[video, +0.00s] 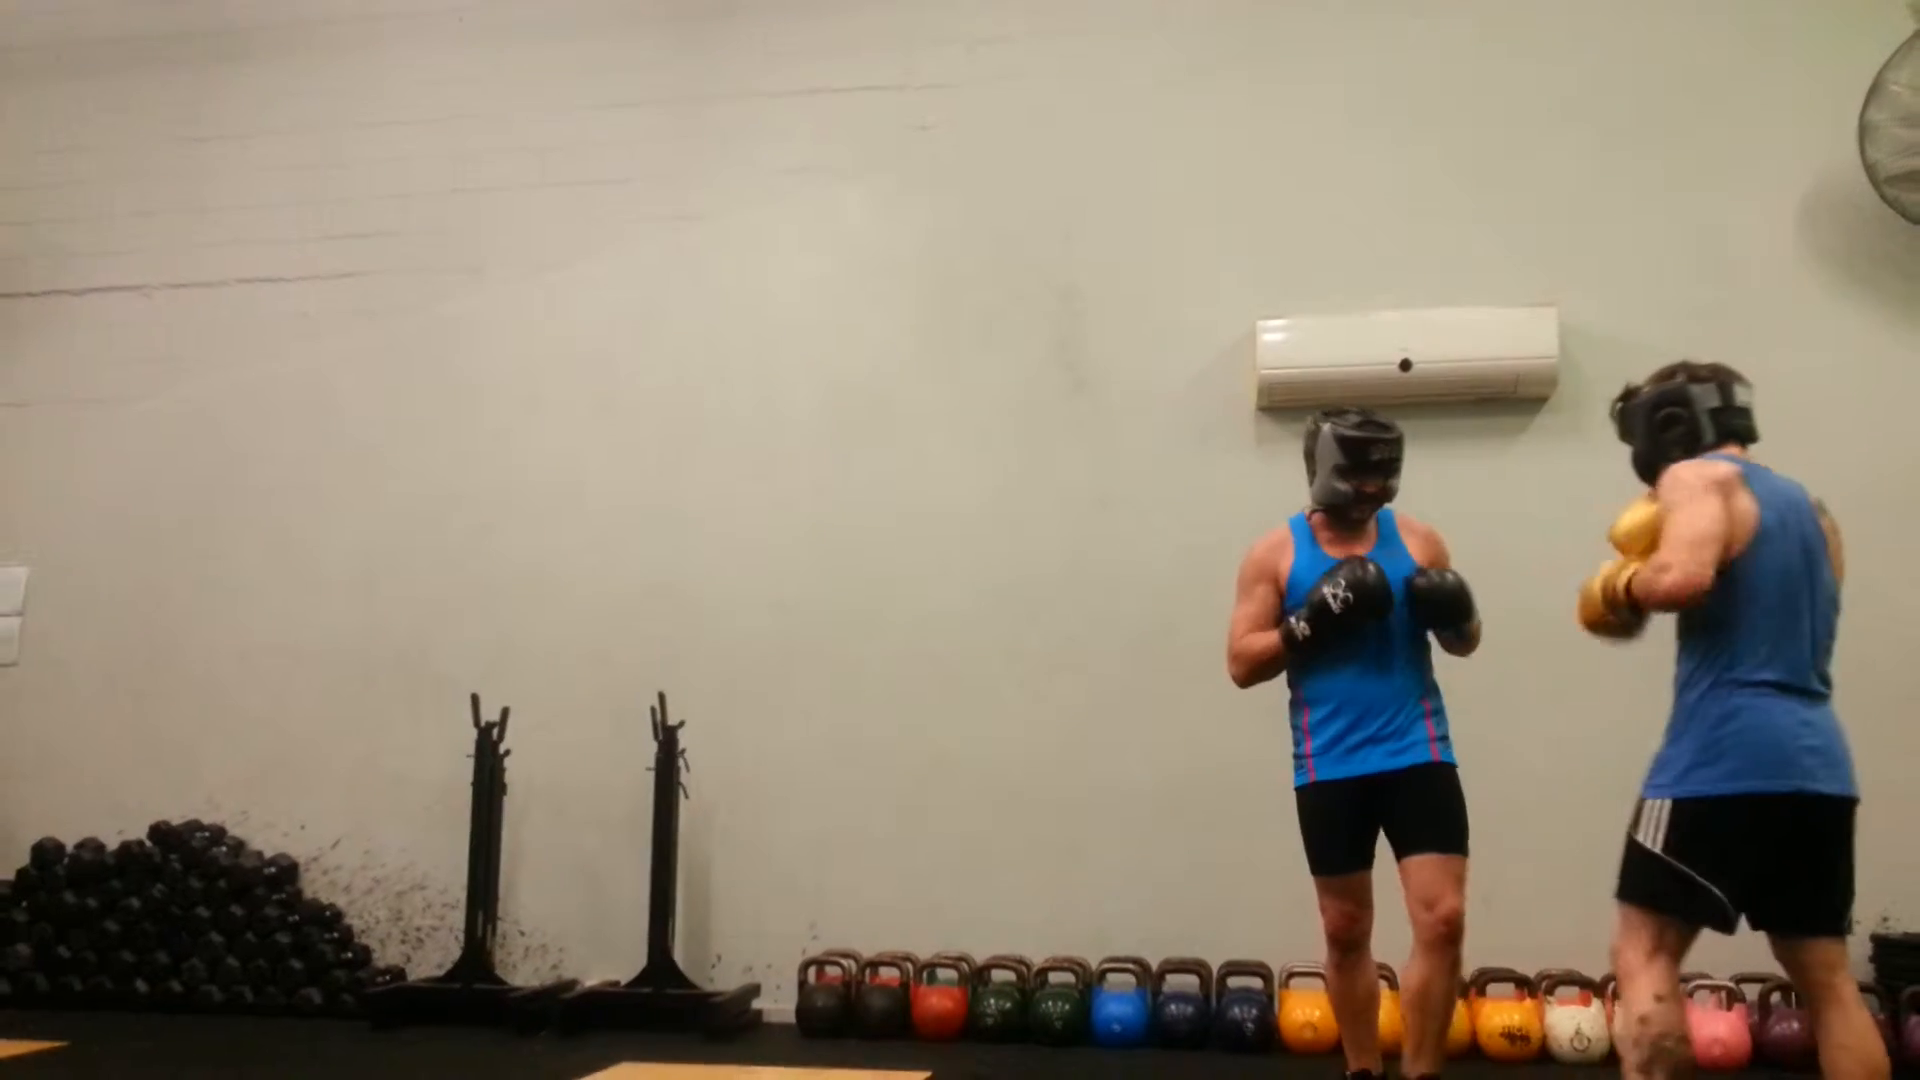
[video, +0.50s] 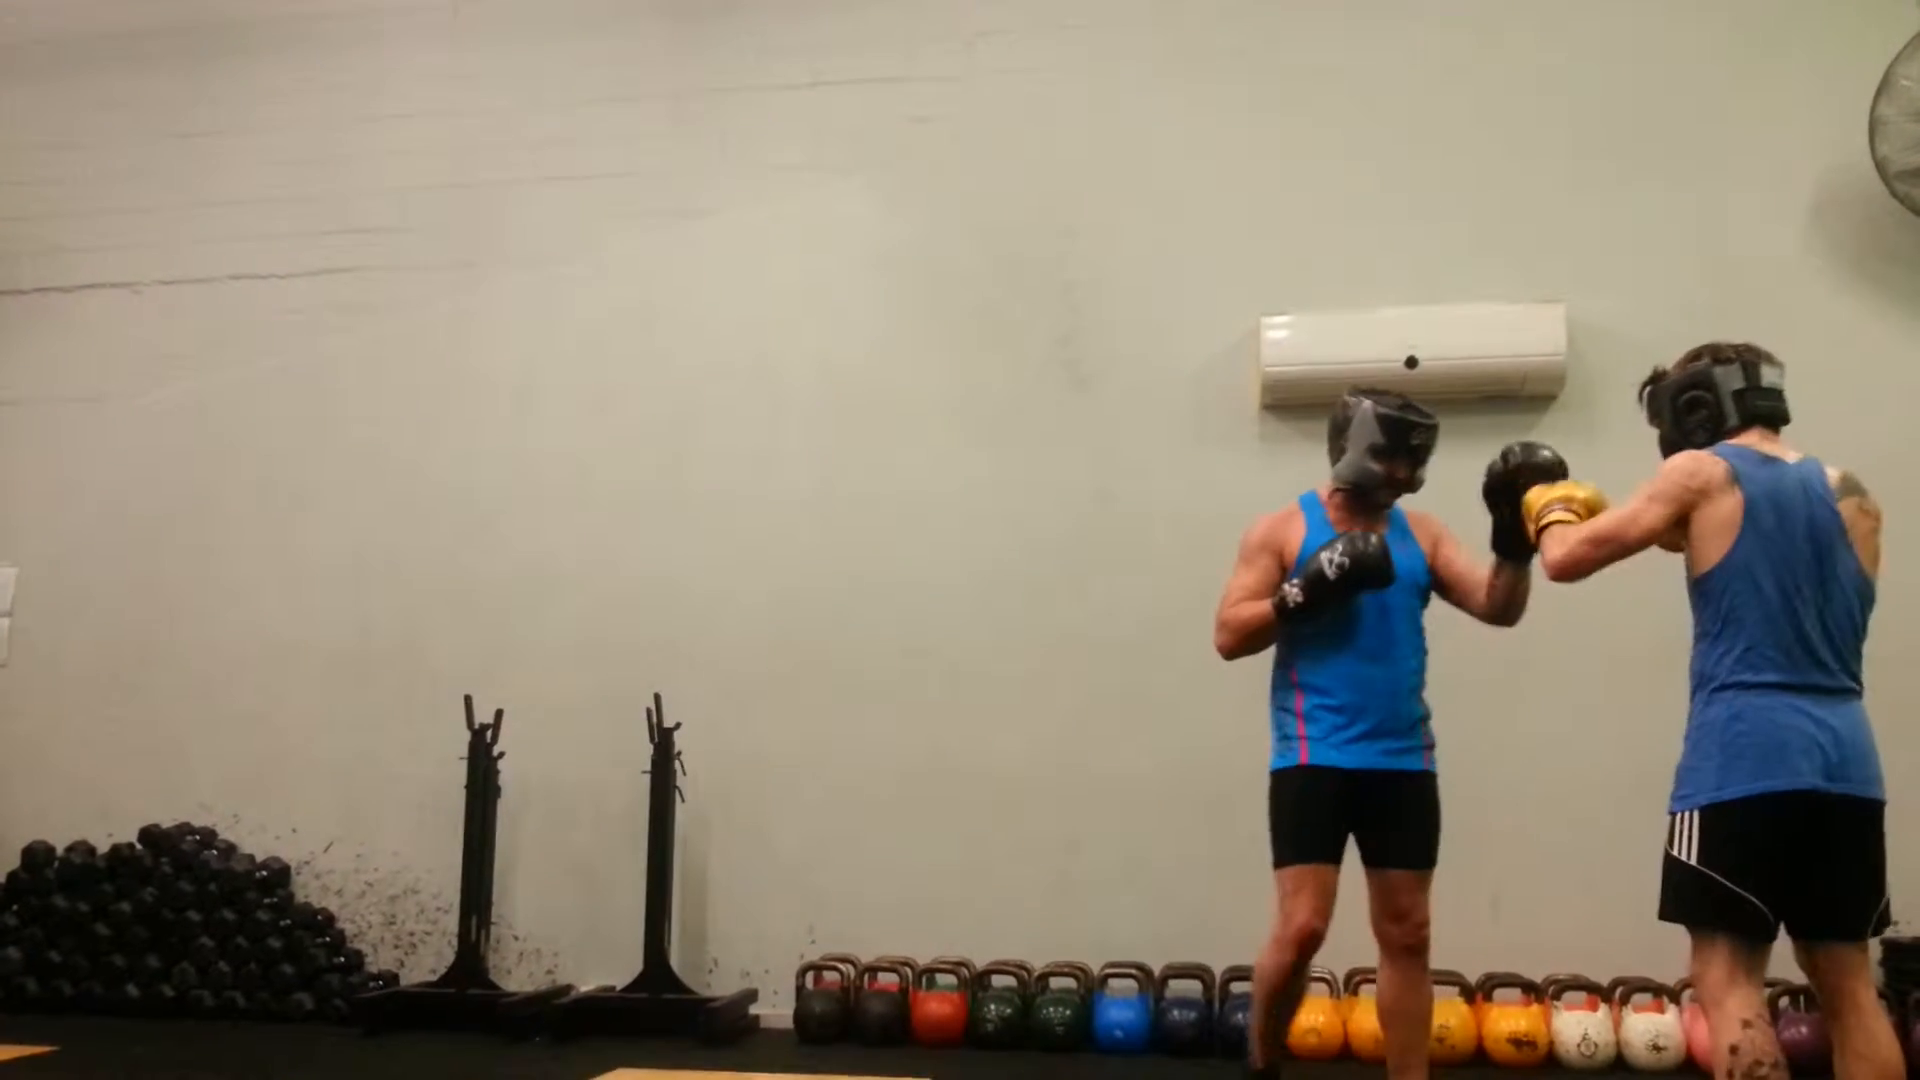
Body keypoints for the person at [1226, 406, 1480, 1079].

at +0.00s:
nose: (1366, 490)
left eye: (1379, 477)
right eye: (1353, 477)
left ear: (1392, 477)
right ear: (1321, 472)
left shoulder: (1418, 542)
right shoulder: (1274, 553)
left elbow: (1464, 646)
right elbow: (1242, 663)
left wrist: (1452, 610)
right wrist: (1313, 618)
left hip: (1419, 757)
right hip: (1330, 768)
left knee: (1443, 919)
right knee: (1344, 929)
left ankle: (1421, 1071)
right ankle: (1362, 1069)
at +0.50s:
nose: (1412, 470)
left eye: (1416, 457)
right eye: (1401, 455)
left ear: (1413, 465)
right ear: (1358, 452)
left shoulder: (1420, 531)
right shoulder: (1283, 528)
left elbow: (1501, 604)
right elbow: (1231, 635)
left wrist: (1515, 522)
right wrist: (1310, 587)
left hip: (1402, 760)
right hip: (1312, 760)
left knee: (1408, 931)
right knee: (1303, 928)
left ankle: (1410, 1077)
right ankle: (1263, 1067)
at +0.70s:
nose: (1380, 477)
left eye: (1385, 463)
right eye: (1369, 461)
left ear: (1374, 466)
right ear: (1324, 454)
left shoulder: (1379, 534)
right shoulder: (1249, 526)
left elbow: (1431, 635)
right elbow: (1204, 634)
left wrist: (1468, 571)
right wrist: (1292, 583)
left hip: (1367, 763)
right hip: (1277, 765)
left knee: (1385, 935)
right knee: (1255, 936)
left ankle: (1400, 1075)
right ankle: (1207, 1075)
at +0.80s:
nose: (1362, 480)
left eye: (1365, 466)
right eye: (1354, 464)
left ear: (1327, 464)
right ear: (1312, 457)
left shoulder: (1343, 537)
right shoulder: (1226, 523)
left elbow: (1358, 647)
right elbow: (1185, 633)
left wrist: (1414, 610)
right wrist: (1278, 586)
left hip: (1335, 760)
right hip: (1251, 762)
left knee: (1369, 940)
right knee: (1233, 937)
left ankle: (1395, 1076)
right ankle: (1199, 1076)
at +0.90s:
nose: (1336, 486)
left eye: (1340, 471)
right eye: (1327, 468)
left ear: (1296, 461)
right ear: (1285, 455)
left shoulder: (1305, 535)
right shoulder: (1205, 521)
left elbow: (1292, 640)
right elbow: (1163, 628)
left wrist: (1368, 625)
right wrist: (1266, 583)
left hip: (1304, 756)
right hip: (1225, 758)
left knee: (1352, 930)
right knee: (1214, 938)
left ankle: (1373, 1076)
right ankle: (1193, 1076)